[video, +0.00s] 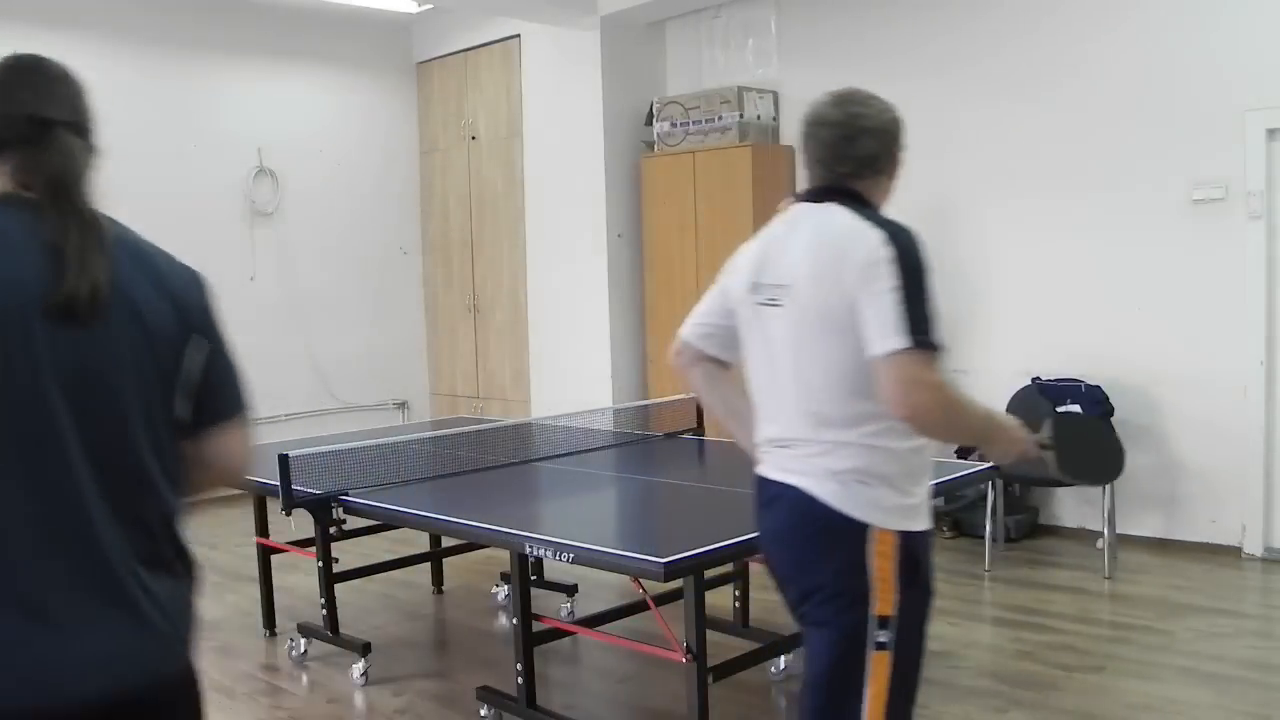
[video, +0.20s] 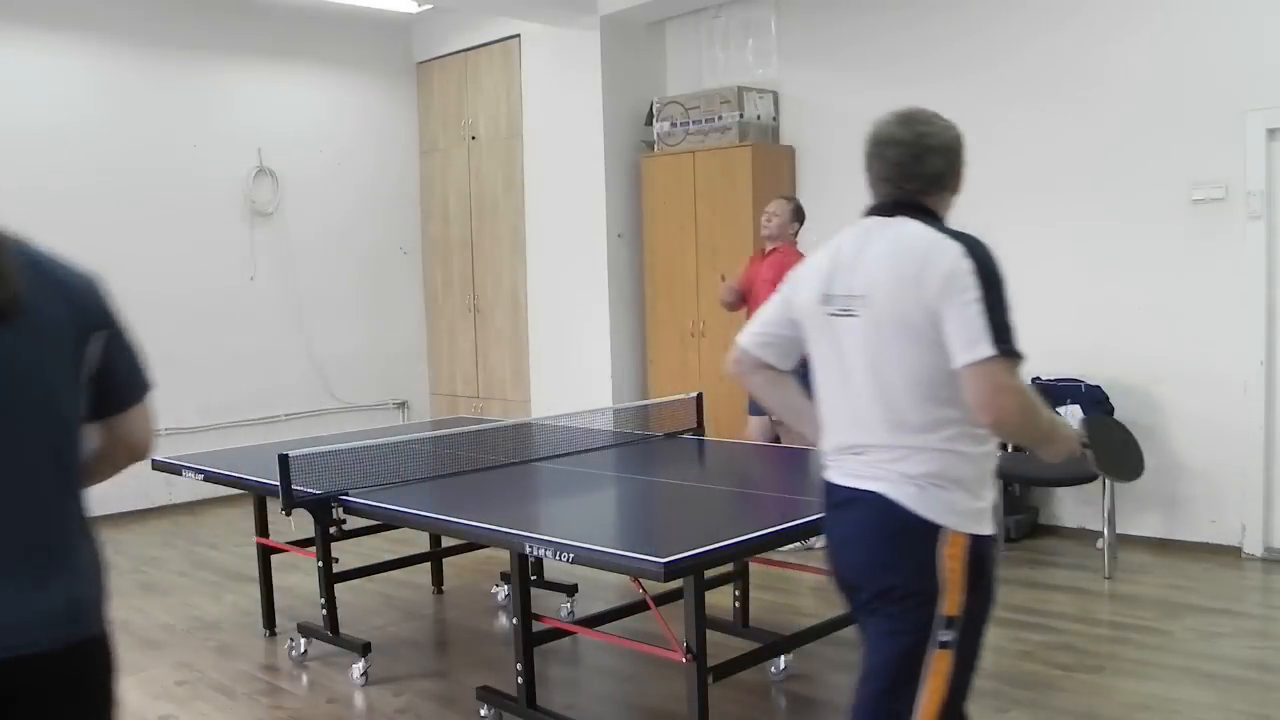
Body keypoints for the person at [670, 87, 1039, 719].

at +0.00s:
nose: (899, 165)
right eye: (897, 155)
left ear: (811, 161)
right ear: (890, 164)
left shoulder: (763, 245)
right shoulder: (880, 243)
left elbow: (694, 352)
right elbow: (911, 392)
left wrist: (764, 442)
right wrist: (996, 433)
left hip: (782, 506)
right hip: (862, 519)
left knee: (832, 692)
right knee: (867, 702)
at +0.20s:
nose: (962, 175)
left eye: (958, 164)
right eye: (959, 166)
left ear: (875, 176)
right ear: (952, 177)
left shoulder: (827, 260)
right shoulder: (955, 256)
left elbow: (748, 360)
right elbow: (995, 402)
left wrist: (831, 435)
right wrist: (1058, 440)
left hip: (849, 513)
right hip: (932, 524)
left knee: (897, 695)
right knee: (918, 705)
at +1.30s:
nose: (1124, 173)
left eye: (1126, 165)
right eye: (1129, 165)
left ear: (1136, 169)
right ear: (1206, 178)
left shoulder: (1083, 241)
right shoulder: (1245, 248)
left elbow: (1032, 348)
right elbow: (1276, 348)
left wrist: (1077, 393)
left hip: (1098, 457)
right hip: (1199, 459)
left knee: (1085, 619)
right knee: (1198, 629)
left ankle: (1076, 714)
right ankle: (1195, 719)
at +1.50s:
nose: (1112, 186)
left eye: (1114, 178)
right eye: (1115, 178)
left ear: (1125, 182)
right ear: (1187, 188)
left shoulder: (1077, 253)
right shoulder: (1229, 255)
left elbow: (1033, 363)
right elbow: (1268, 366)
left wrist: (1057, 427)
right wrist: (1279, 437)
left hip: (1102, 461)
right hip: (1199, 458)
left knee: (1095, 615)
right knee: (1197, 624)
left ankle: (1084, 710)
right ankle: (1197, 716)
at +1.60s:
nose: (1098, 185)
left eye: (1100, 177)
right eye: (1100, 177)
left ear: (1109, 183)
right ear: (1172, 187)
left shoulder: (1068, 257)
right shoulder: (1215, 252)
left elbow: (1031, 369)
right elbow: (1250, 359)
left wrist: (1042, 442)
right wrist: (1264, 448)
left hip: (1100, 455)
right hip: (1193, 452)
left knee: (1097, 600)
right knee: (1195, 611)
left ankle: (1089, 710)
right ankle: (1197, 715)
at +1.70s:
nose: (1078, 185)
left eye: (1081, 177)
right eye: (1080, 177)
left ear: (1091, 183)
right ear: (1152, 184)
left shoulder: (1057, 257)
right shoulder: (1199, 245)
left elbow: (1030, 367)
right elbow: (1233, 347)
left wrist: (1025, 453)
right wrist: (1233, 428)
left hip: (1089, 448)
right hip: (1178, 445)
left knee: (1091, 591)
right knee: (1188, 600)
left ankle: (1091, 710)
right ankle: (1196, 713)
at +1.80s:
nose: (1061, 189)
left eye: (1064, 180)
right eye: (1065, 180)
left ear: (1076, 185)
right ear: (1134, 185)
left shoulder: (1046, 258)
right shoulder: (1184, 242)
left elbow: (1019, 367)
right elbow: (1225, 340)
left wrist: (1012, 456)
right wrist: (1209, 407)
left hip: (1081, 443)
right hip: (1168, 441)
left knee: (1085, 587)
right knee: (1182, 588)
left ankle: (1092, 709)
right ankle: (1194, 711)